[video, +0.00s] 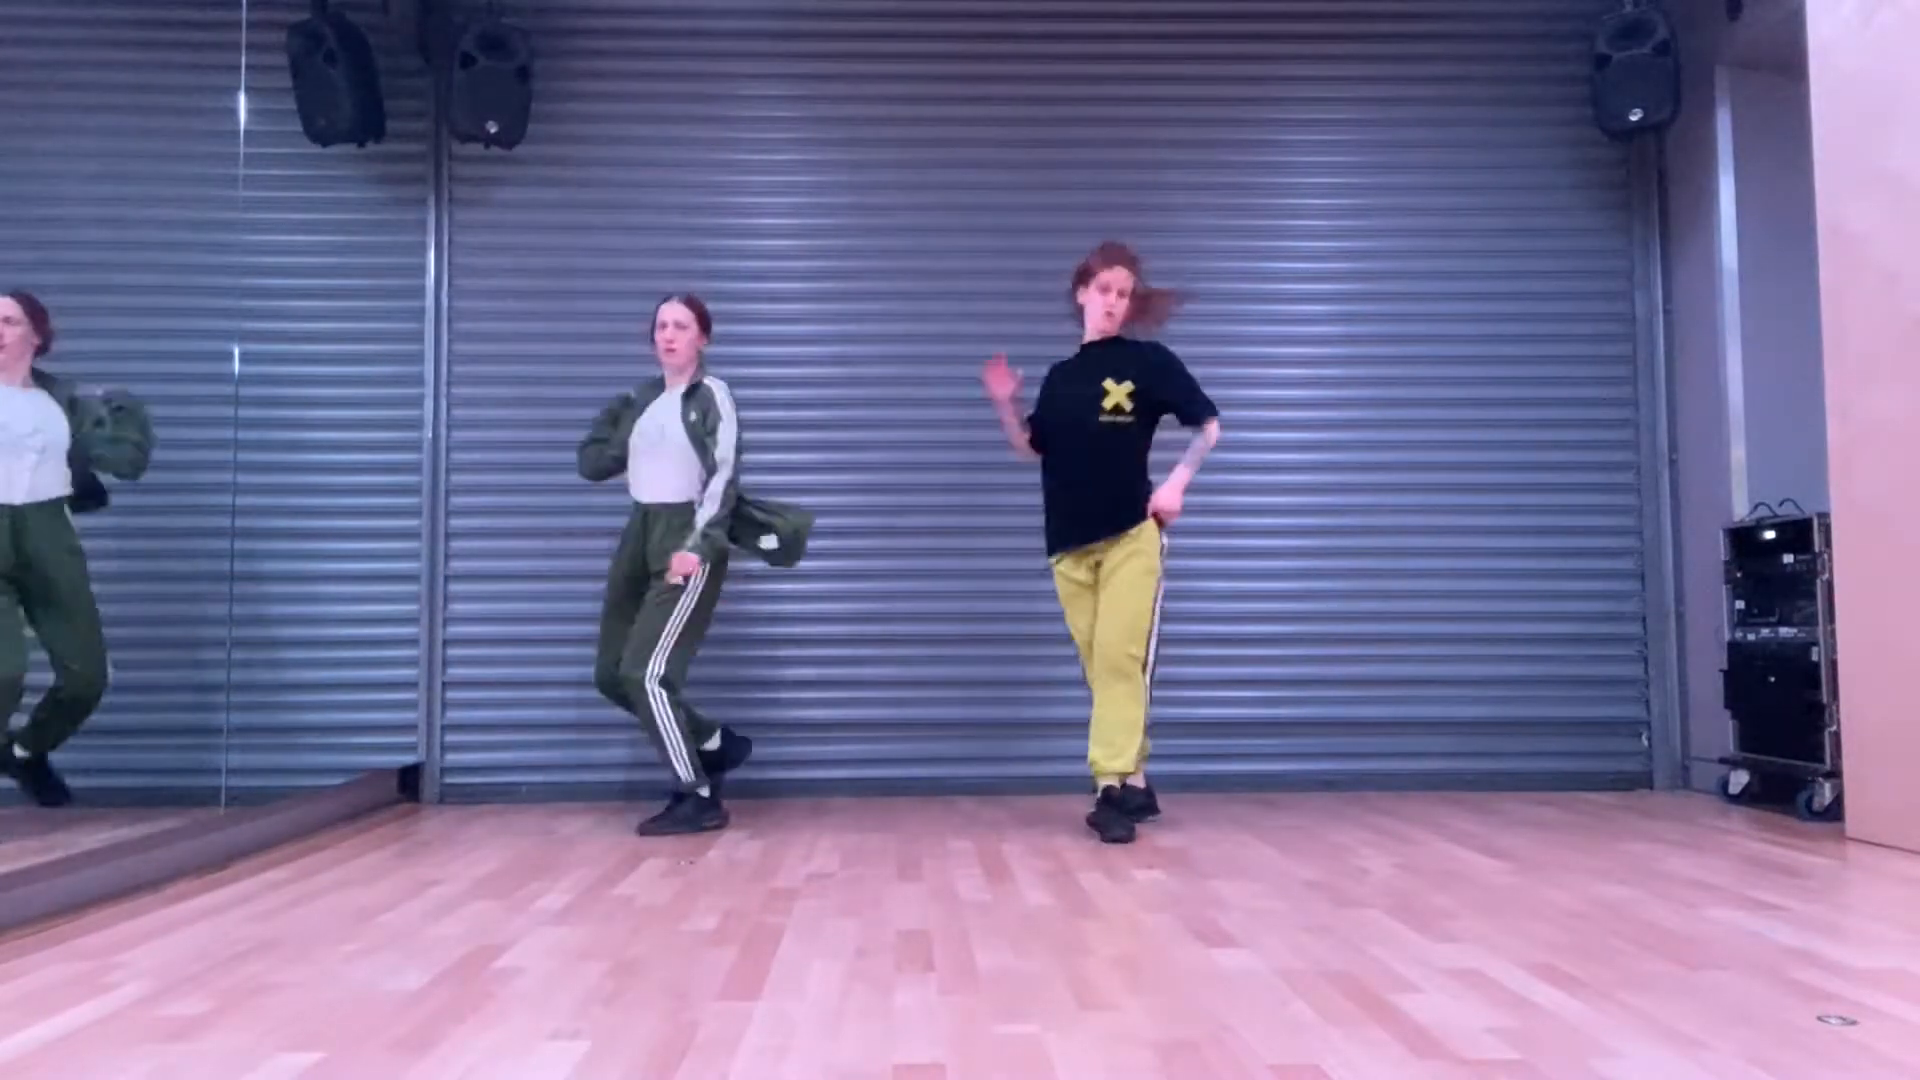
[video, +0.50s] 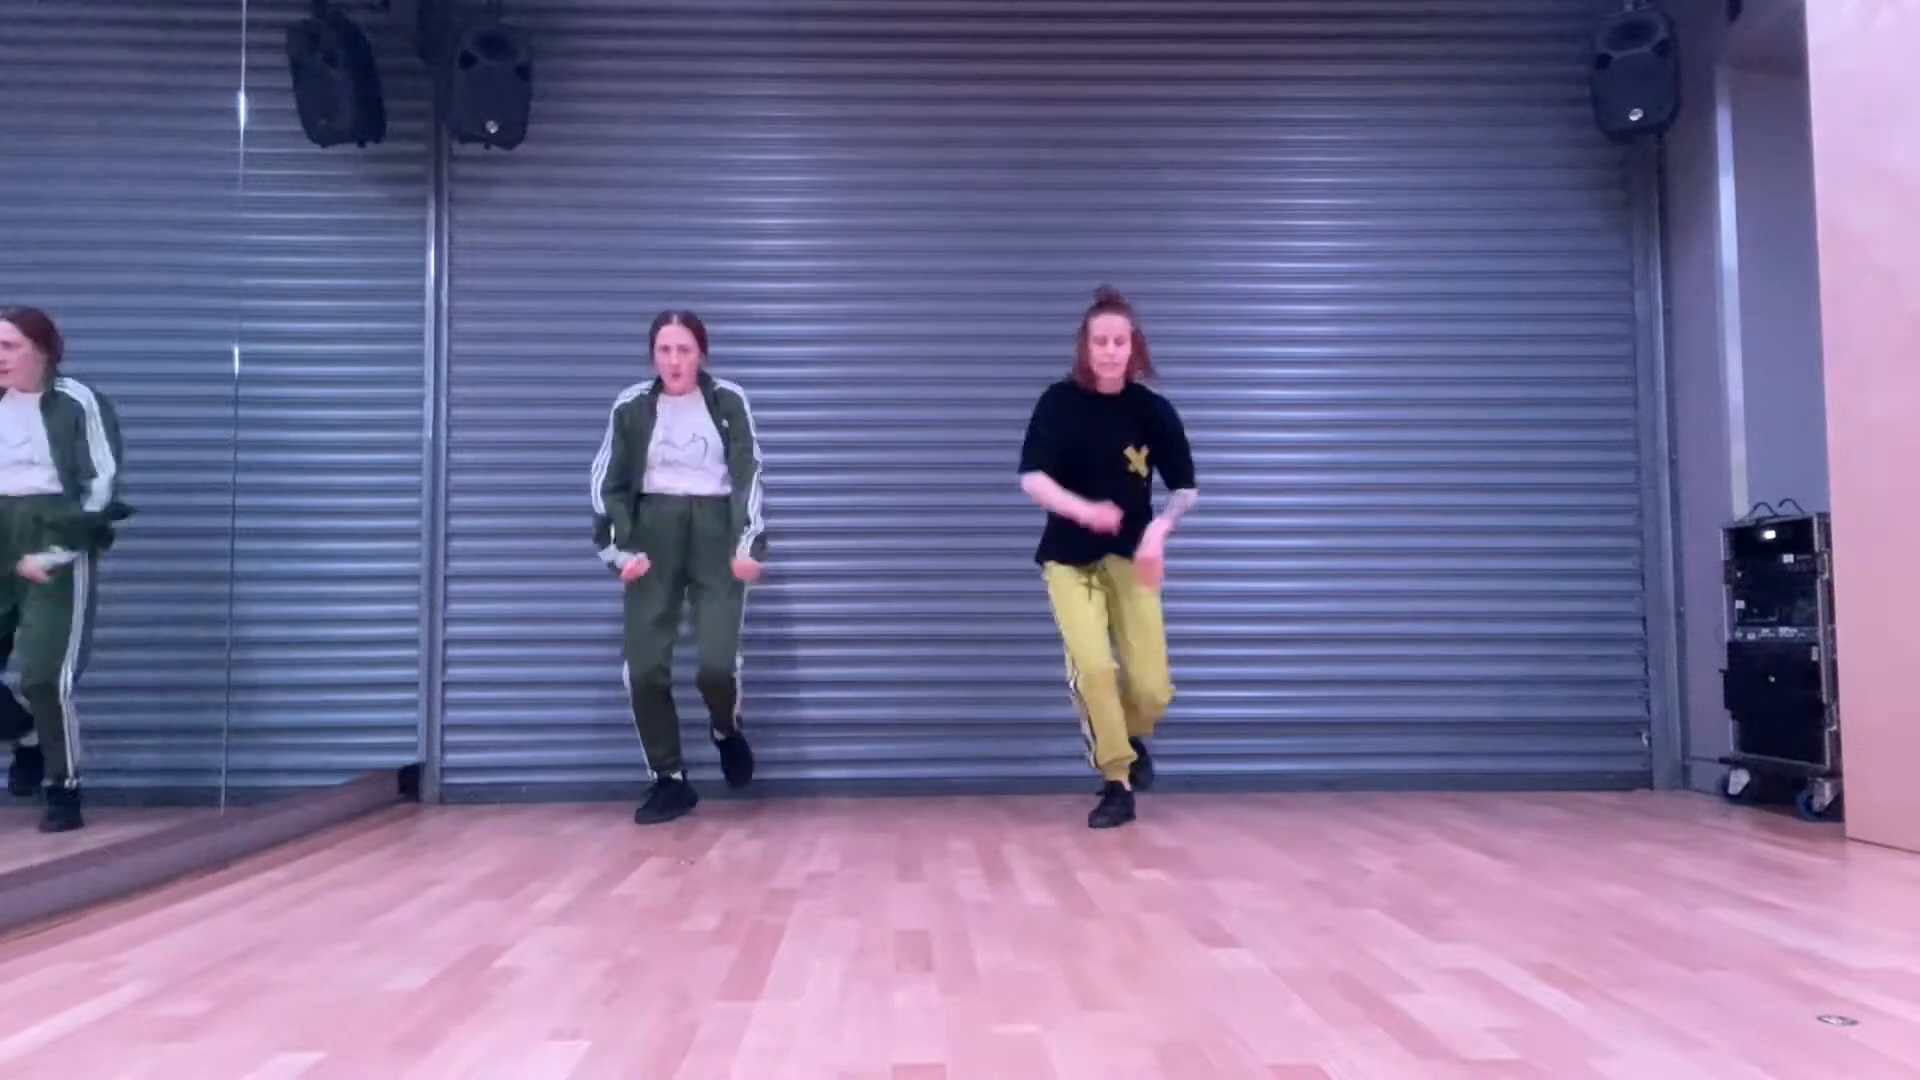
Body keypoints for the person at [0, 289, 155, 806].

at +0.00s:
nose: (0, 331)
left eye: (10, 322)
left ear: (36, 336)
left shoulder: (59, 397)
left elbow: (123, 458)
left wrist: (113, 421)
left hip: (48, 536)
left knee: (85, 679)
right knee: (5, 676)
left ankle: (26, 750)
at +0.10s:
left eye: (10, 328)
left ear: (39, 338)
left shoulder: (61, 396)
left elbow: (73, 422)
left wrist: (111, 383)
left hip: (49, 525)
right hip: (0, 527)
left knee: (73, 673)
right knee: (2, 670)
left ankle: (39, 747)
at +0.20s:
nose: (8, 345)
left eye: (18, 335)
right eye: (3, 337)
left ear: (50, 342)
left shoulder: (72, 378)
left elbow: (68, 379)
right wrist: (32, 372)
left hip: (60, 519)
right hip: (3, 517)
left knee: (44, 669)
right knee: (13, 665)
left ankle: (59, 779)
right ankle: (58, 775)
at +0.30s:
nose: (13, 357)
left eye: (25, 346)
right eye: (6, 347)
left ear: (58, 354)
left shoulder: (78, 391)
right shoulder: (1, 399)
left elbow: (48, 393)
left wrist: (6, 383)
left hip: (63, 533)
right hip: (5, 532)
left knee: (44, 682)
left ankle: (64, 792)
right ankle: (4, 721)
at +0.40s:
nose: (8, 357)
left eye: (21, 348)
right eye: (4, 347)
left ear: (54, 354)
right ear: (1, 354)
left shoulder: (84, 401)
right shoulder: (4, 408)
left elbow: (58, 449)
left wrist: (4, 453)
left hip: (63, 550)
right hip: (9, 550)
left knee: (52, 678)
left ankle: (67, 790)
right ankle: (11, 705)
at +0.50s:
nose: (0, 355)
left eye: (10, 345)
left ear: (42, 351)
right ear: (5, 353)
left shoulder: (79, 404)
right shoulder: (0, 404)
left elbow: (102, 489)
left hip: (56, 525)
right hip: (3, 522)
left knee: (42, 673)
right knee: (0, 663)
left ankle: (63, 789)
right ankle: (27, 740)